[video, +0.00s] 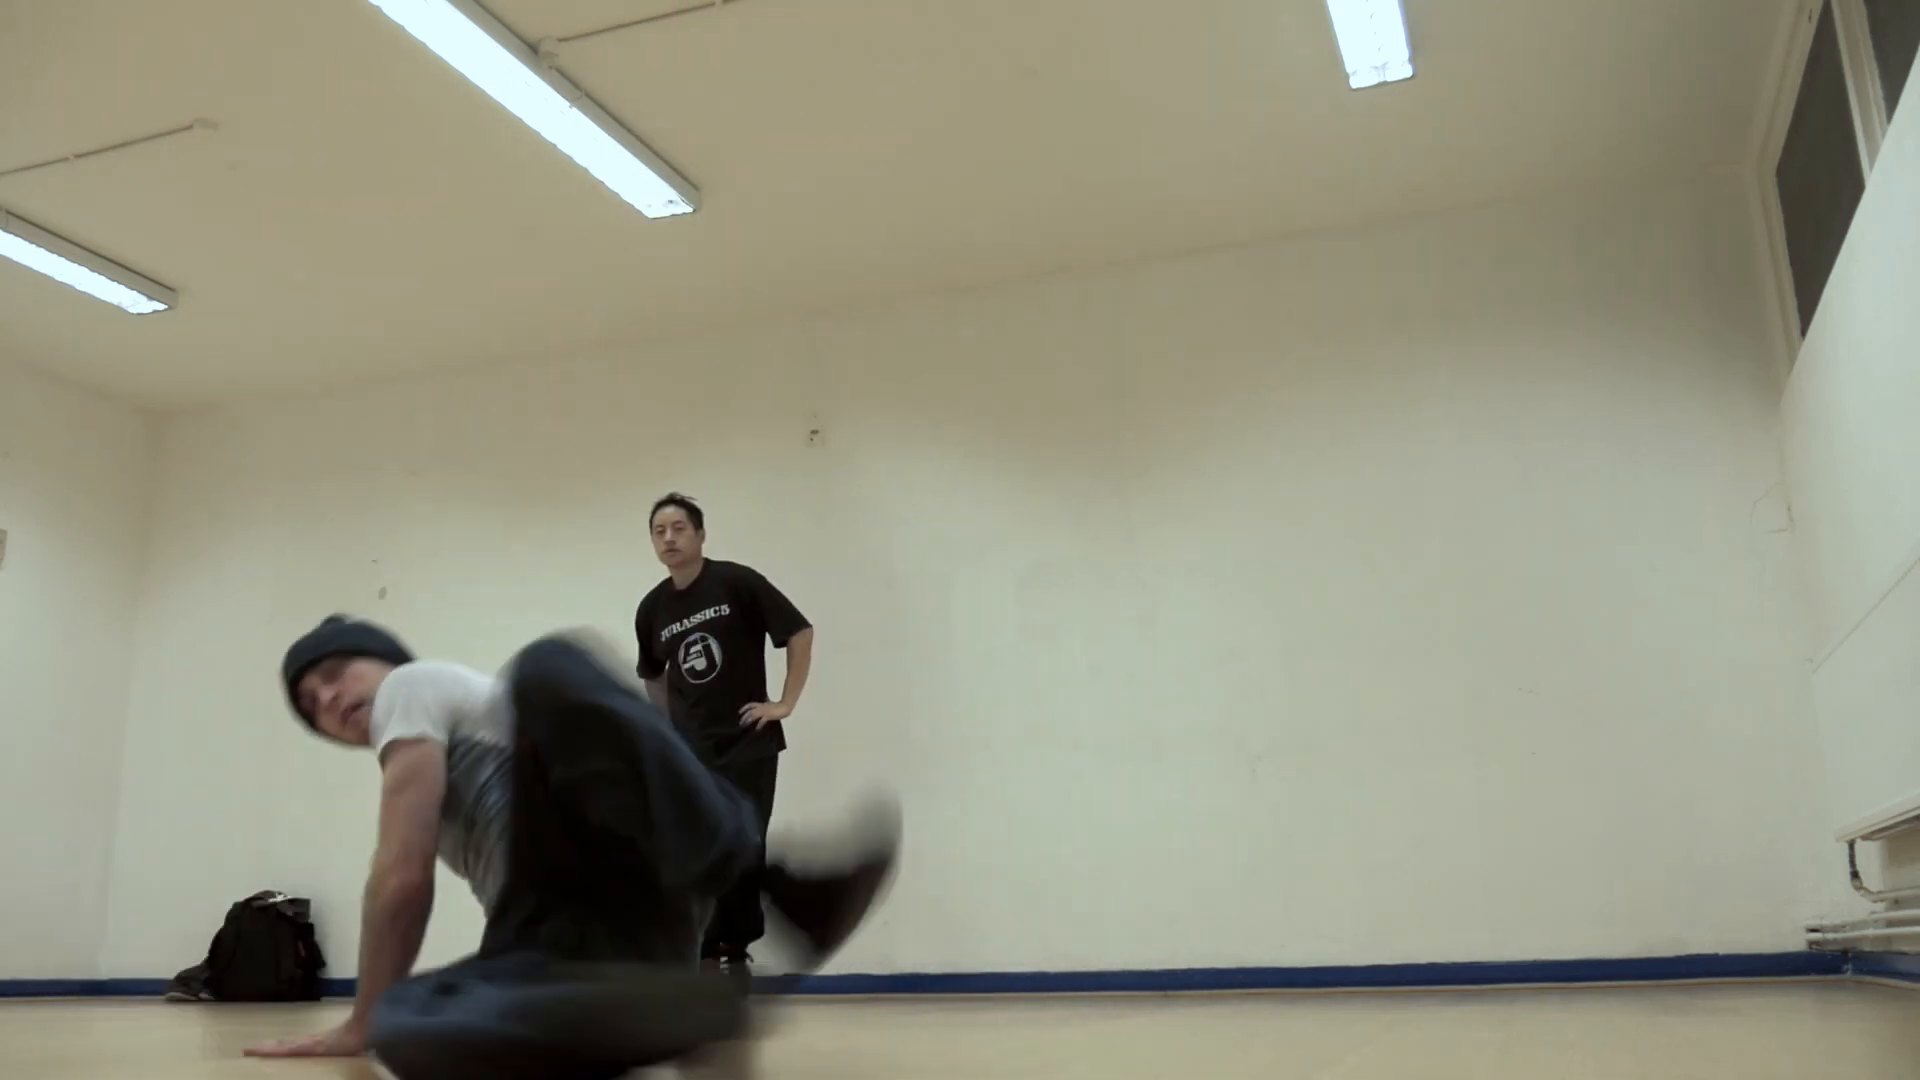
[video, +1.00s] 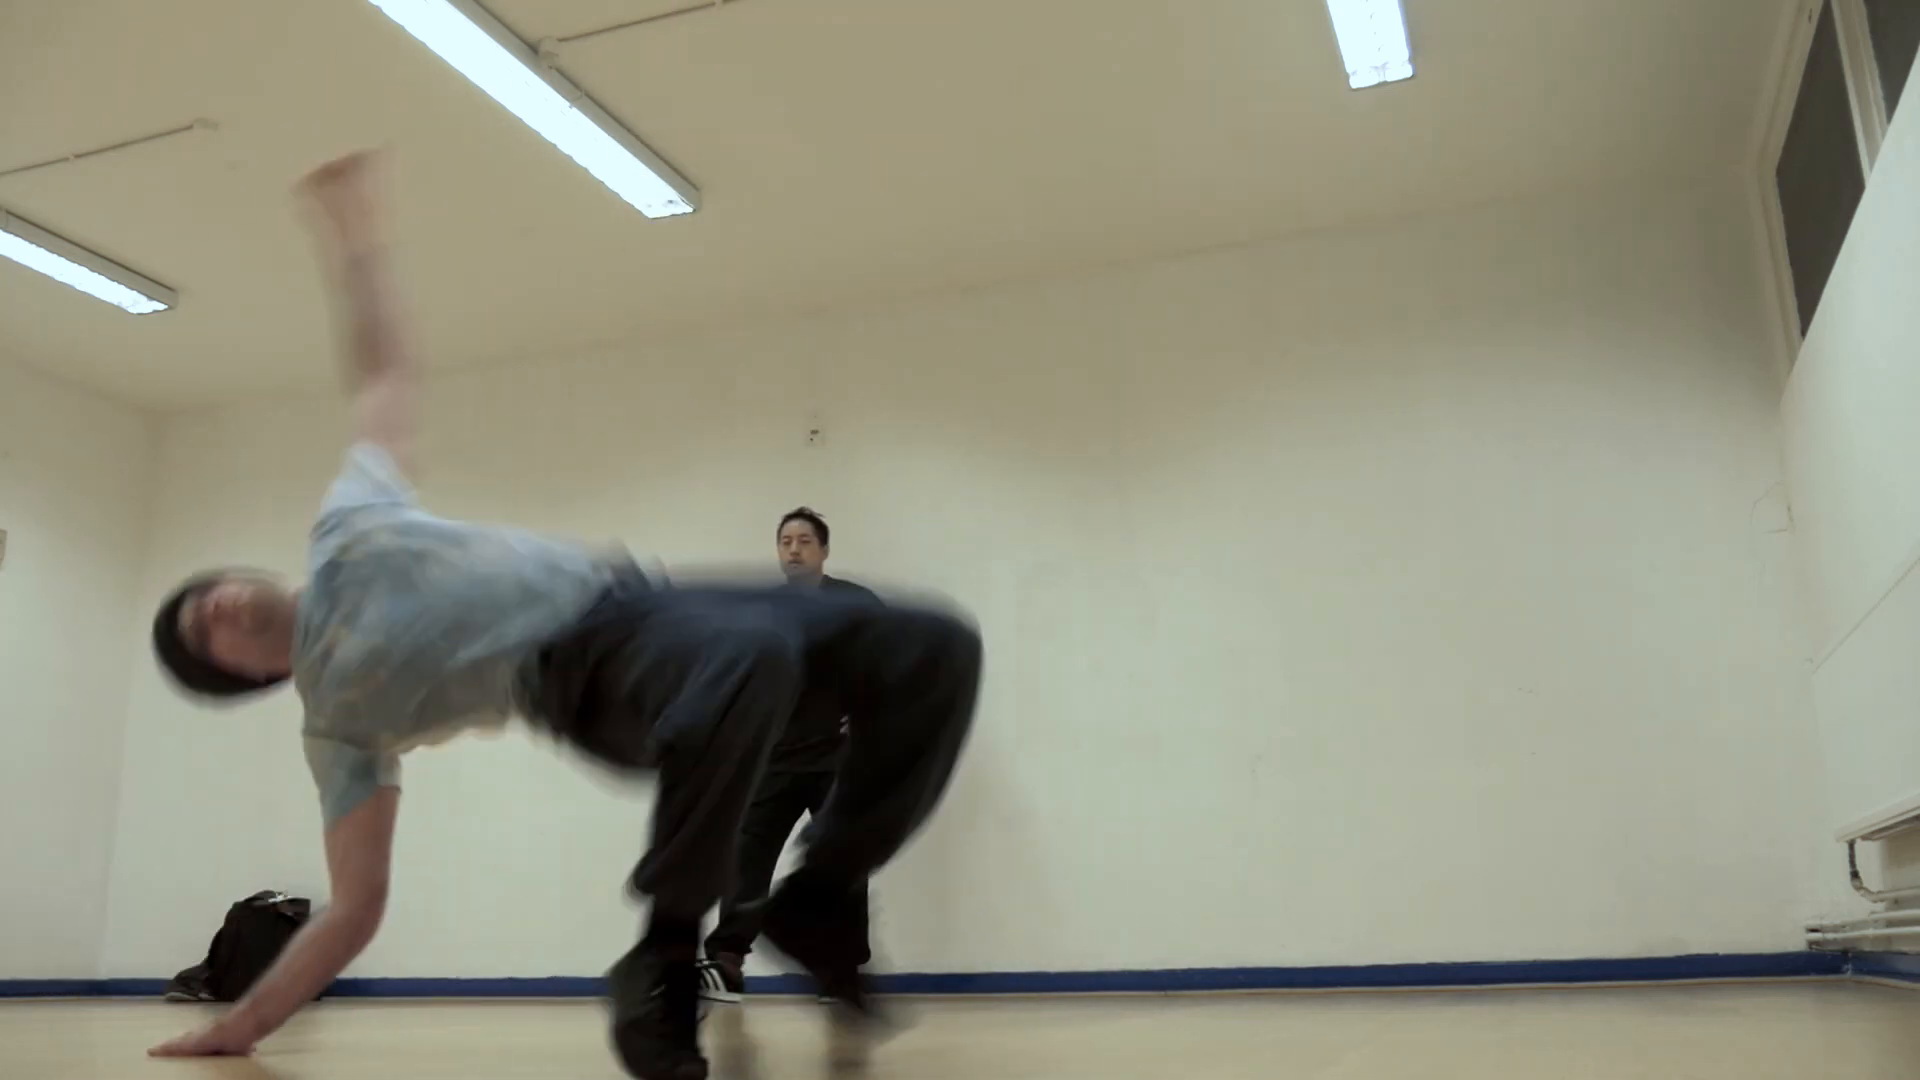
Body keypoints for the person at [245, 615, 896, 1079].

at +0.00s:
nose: (328, 700)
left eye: (333, 675)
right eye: (311, 705)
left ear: (376, 660)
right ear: (327, 732)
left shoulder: (417, 685)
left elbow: (403, 878)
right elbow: (516, 907)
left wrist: (361, 1025)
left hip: (625, 888)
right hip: (556, 960)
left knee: (548, 665)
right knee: (403, 1020)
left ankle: (780, 895)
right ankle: (689, 1013)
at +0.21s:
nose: (304, 740)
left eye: (295, 722)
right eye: (293, 737)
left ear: (310, 698)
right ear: (333, 723)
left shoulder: (347, 717)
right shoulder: (444, 763)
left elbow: (350, 864)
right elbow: (546, 882)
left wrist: (357, 1029)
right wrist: (508, 1015)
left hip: (627, 786)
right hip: (603, 906)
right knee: (580, 1026)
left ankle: (491, 709)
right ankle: (834, 977)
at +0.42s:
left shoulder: (404, 700)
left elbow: (384, 864)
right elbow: (645, 725)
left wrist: (361, 1030)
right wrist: (548, 850)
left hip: (424, 640)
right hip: (562, 566)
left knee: (552, 885)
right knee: (739, 775)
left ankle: (629, 887)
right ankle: (896, 921)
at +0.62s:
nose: (674, 480)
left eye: (694, 476)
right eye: (657, 460)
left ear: (699, 515)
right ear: (611, 469)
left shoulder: (627, 639)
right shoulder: (563, 498)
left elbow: (545, 770)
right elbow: (539, 328)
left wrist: (429, 924)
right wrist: (696, 256)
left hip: (521, 845)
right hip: (434, 798)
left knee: (775, 708)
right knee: (680, 698)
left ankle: (705, 983)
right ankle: (578, 1002)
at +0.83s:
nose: (447, 480)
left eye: (462, 457)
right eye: (421, 478)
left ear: (513, 471)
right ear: (411, 516)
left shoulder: (621, 569)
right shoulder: (403, 643)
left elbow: (781, 609)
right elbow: (299, 810)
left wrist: (937, 606)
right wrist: (191, 938)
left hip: (673, 867)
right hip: (537, 898)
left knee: (882, 753)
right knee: (679, 699)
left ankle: (726, 981)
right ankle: (595, 1009)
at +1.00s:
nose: (223, 608)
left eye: (213, 594)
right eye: (209, 638)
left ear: (251, 570)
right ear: (240, 678)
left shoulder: (357, 518)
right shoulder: (339, 722)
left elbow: (384, 367)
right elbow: (352, 911)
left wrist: (351, 224)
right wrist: (239, 1030)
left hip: (649, 603)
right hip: (589, 675)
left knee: (933, 648)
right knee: (758, 654)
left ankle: (819, 901)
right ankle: (670, 949)